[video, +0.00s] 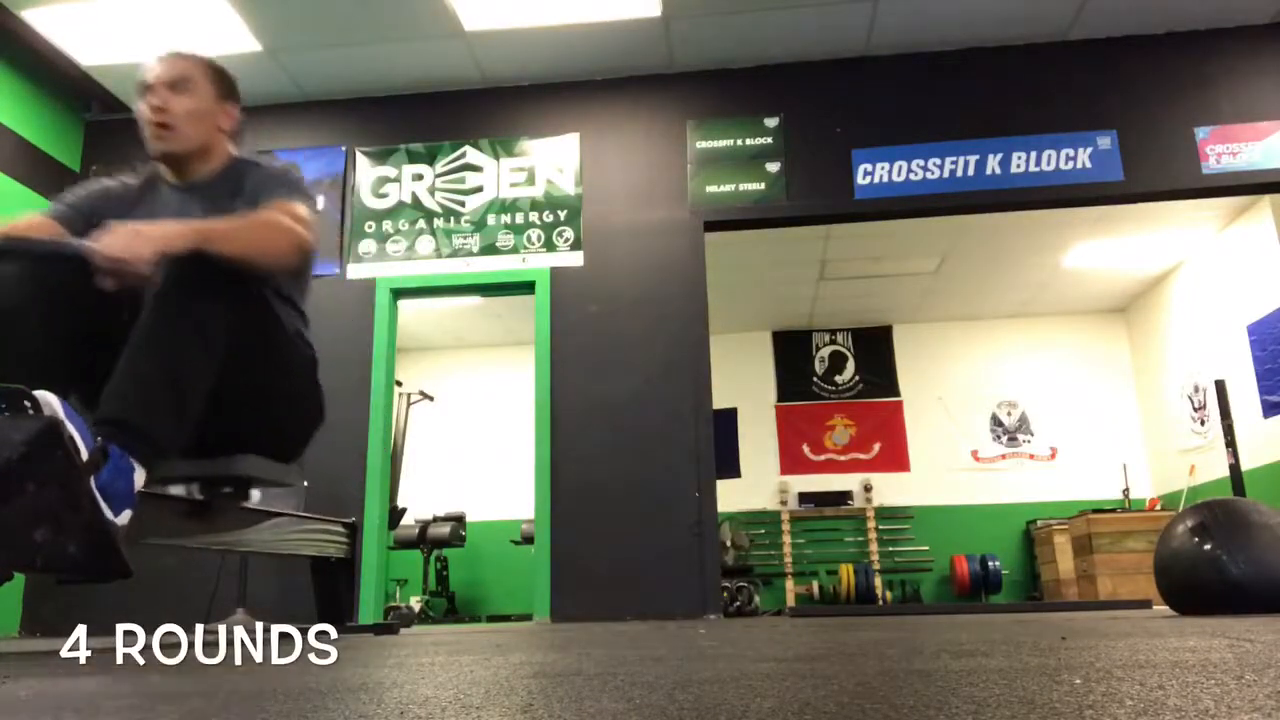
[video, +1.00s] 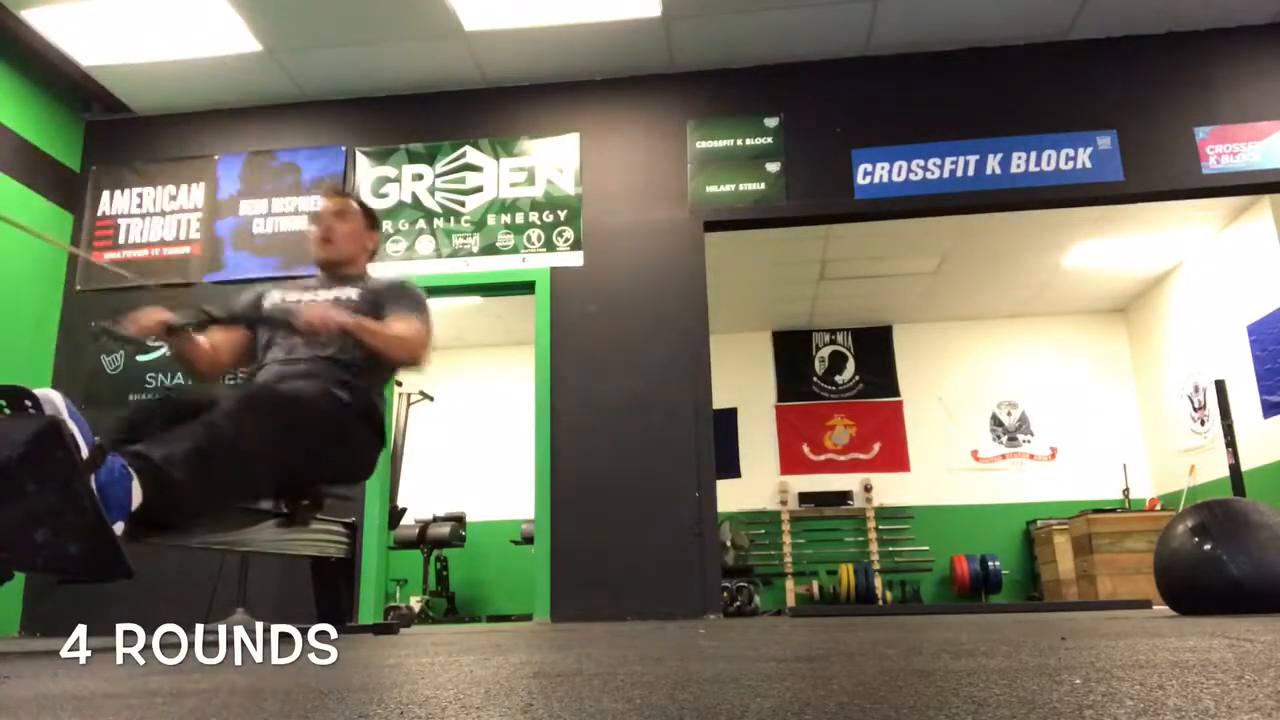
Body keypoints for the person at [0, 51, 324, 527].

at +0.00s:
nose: (156, 102)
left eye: (179, 88)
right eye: (147, 92)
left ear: (227, 117)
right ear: (138, 113)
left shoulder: (269, 182)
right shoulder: (119, 195)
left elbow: (290, 242)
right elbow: (17, 234)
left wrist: (171, 235)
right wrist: (93, 250)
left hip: (260, 406)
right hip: (139, 398)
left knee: (199, 269)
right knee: (30, 266)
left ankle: (121, 460)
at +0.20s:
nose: (93, 68)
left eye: (120, 52)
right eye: (85, 59)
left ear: (177, 82)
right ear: (76, 81)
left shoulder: (229, 152)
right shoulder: (66, 161)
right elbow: (9, 170)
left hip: (231, 393)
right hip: (103, 382)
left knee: (178, 226)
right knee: (21, 228)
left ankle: (121, 449)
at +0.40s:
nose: (114, 67)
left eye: (141, 53)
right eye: (110, 58)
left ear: (195, 86)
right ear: (100, 84)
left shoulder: (242, 154)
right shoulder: (78, 172)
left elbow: (219, 188)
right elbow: (4, 193)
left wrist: (72, 141)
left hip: (234, 389)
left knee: (181, 219)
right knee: (26, 233)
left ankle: (123, 448)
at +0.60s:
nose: (201, 107)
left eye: (226, 97)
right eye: (194, 99)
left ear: (267, 131)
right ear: (184, 124)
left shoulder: (299, 192)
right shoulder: (159, 201)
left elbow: (281, 234)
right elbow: (61, 241)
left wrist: (176, 195)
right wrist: (1, 231)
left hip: (274, 399)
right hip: (170, 396)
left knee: (200, 275)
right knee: (79, 275)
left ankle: (115, 468)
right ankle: (12, 440)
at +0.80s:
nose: (276, 166)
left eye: (294, 158)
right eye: (272, 159)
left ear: (331, 185)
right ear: (264, 177)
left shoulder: (352, 242)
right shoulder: (244, 248)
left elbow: (353, 280)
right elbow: (156, 288)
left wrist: (268, 251)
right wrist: (80, 272)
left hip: (320, 412)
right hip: (226, 406)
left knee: (244, 349)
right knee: (133, 338)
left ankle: (115, 484)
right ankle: (37, 447)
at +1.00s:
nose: (324, 225)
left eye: (339, 218)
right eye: (320, 218)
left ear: (371, 239)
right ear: (311, 233)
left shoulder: (389, 290)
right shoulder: (279, 296)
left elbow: (413, 346)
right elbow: (211, 360)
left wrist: (345, 321)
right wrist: (173, 332)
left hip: (342, 417)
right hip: (262, 409)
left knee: (256, 415)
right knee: (163, 414)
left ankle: (128, 486)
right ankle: (89, 468)